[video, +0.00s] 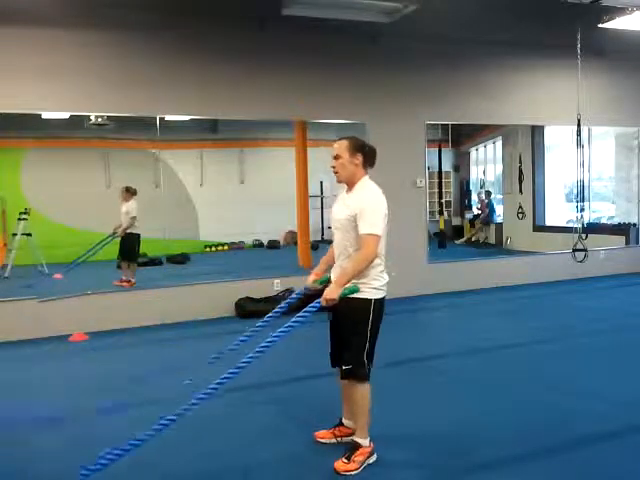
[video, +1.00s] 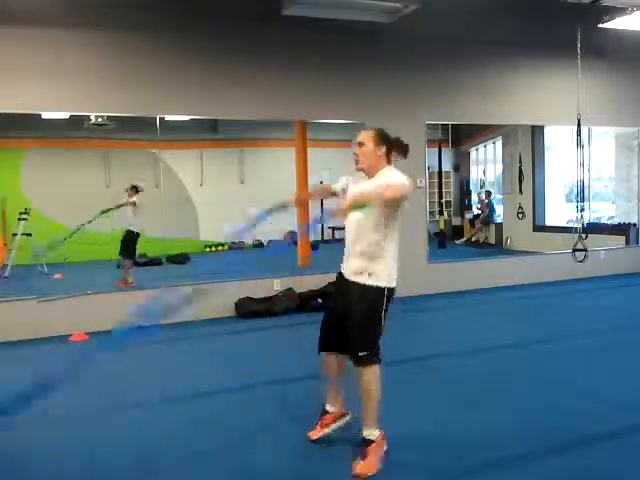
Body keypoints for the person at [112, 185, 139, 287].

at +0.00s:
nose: (122, 195)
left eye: (124, 193)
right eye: (122, 193)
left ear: (129, 194)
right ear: (125, 194)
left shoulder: (132, 204)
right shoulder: (125, 204)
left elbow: (132, 219)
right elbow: (125, 220)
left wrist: (123, 229)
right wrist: (118, 227)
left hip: (133, 233)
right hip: (126, 233)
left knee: (132, 259)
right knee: (123, 258)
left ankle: (131, 278)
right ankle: (125, 277)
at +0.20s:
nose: (122, 195)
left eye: (123, 193)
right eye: (122, 193)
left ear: (129, 194)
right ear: (126, 194)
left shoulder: (132, 204)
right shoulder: (125, 204)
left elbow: (130, 219)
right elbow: (124, 220)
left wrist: (120, 230)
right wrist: (116, 228)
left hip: (132, 234)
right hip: (125, 233)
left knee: (131, 258)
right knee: (123, 258)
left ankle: (131, 279)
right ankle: (125, 278)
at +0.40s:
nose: (121, 195)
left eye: (123, 193)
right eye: (121, 193)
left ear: (128, 194)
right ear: (127, 194)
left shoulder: (130, 204)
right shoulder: (125, 204)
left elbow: (129, 218)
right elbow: (123, 219)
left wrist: (119, 230)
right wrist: (117, 228)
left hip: (129, 233)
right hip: (125, 233)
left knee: (125, 258)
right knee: (124, 258)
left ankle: (126, 278)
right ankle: (125, 278)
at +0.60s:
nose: (121, 195)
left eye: (123, 193)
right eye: (121, 193)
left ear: (128, 194)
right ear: (126, 194)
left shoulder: (130, 204)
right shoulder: (125, 204)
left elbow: (129, 218)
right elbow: (127, 218)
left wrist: (120, 227)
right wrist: (120, 228)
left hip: (130, 233)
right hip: (126, 233)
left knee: (125, 258)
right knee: (123, 258)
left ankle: (126, 278)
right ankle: (125, 278)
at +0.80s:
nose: (121, 201)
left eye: (123, 199)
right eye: (121, 199)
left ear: (128, 200)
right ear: (128, 200)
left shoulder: (130, 210)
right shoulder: (127, 210)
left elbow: (130, 223)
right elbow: (129, 224)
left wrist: (119, 232)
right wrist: (120, 233)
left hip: (131, 238)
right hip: (127, 238)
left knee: (121, 259)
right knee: (123, 260)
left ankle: (125, 279)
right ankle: (124, 279)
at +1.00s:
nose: (127, 192)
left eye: (129, 191)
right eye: (128, 190)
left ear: (134, 192)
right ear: (133, 192)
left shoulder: (134, 202)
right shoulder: (130, 202)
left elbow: (125, 204)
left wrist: (112, 209)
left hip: (133, 229)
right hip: (129, 229)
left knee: (126, 255)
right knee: (126, 255)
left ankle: (127, 279)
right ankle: (126, 278)